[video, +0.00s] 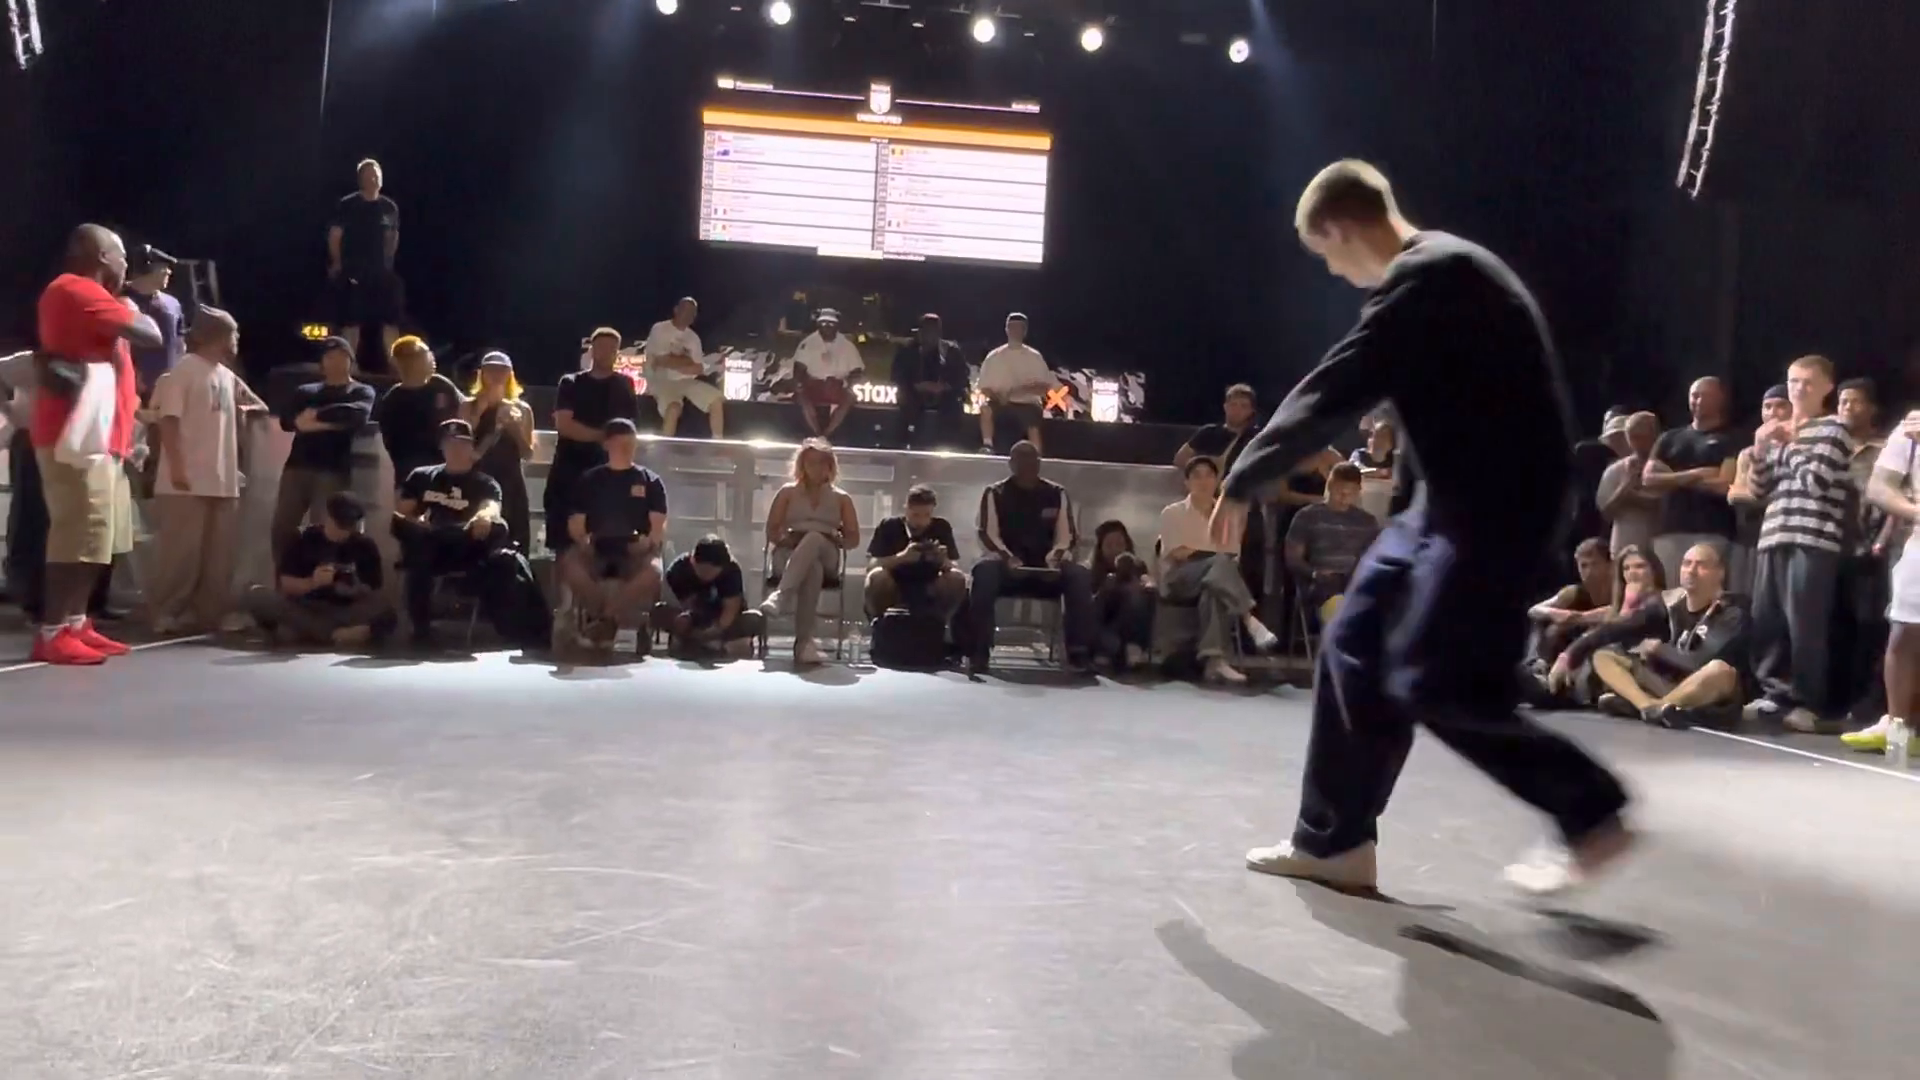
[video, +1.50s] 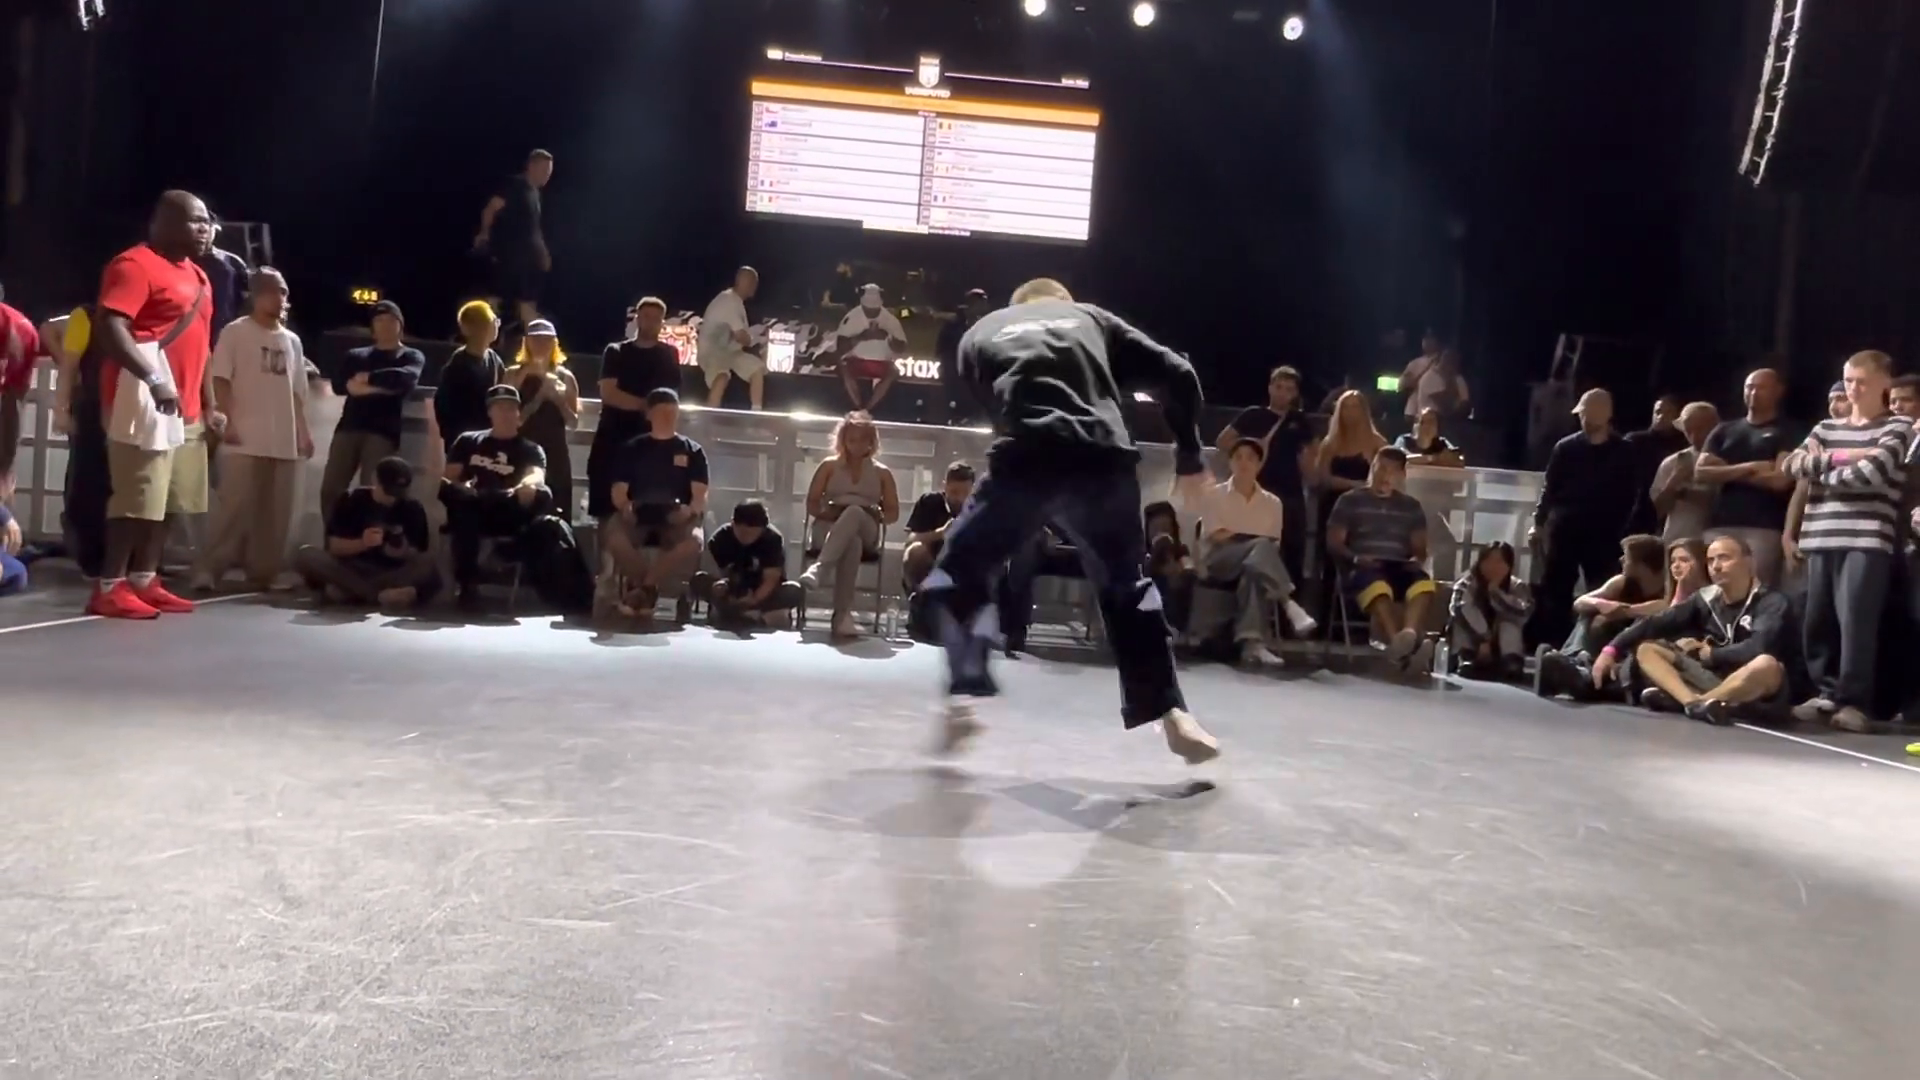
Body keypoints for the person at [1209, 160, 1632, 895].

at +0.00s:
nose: (1338, 273)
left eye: (1329, 254)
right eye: (1328, 259)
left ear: (1347, 229)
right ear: (1382, 213)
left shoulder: (1427, 281)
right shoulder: (1434, 271)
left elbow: (1329, 396)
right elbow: (1450, 416)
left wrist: (1240, 481)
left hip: (1491, 516)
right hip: (1432, 508)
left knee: (1435, 680)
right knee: (1355, 649)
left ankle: (1594, 820)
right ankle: (1336, 844)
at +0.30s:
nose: (1211, 360)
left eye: (1202, 345)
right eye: (1202, 349)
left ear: (1215, 322)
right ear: (1249, 309)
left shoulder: (1264, 364)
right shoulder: (1315, 343)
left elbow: (1260, 497)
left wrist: (1255, 618)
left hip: (1339, 545)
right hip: (1367, 535)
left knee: (1299, 684)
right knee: (1232, 624)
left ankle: (1407, 796)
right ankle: (1172, 763)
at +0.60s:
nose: (1086, 350)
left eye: (1086, 344)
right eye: (1084, 344)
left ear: (1097, 330)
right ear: (1142, 323)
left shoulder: (1098, 360)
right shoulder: (1205, 349)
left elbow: (1090, 472)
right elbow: (1236, 455)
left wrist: (1106, 567)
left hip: (1166, 508)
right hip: (1241, 509)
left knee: (1069, 609)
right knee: (1158, 626)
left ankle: (1038, 743)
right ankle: (1176, 766)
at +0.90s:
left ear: (1060, 409)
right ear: (1115, 406)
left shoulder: (1041, 423)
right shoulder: (1140, 427)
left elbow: (986, 530)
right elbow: (1162, 523)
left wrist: (972, 626)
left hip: (1062, 518)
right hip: (1147, 527)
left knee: (1020, 623)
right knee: (1088, 618)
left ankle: (997, 752)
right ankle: (1117, 753)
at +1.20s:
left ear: (1076, 336)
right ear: (1128, 338)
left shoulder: (1048, 361)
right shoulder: (1154, 362)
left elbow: (962, 408)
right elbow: (1194, 445)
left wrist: (987, 494)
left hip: (1087, 492)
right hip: (1166, 489)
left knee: (1026, 614)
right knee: (1197, 627)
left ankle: (984, 739)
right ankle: (1263, 755)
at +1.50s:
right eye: (1067, 301)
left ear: (1015, 305)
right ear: (1066, 303)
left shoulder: (978, 334)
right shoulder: (1093, 316)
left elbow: (968, 405)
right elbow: (1179, 370)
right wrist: (1189, 455)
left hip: (1023, 461)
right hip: (1104, 462)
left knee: (954, 579)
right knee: (1129, 585)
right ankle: (1173, 713)